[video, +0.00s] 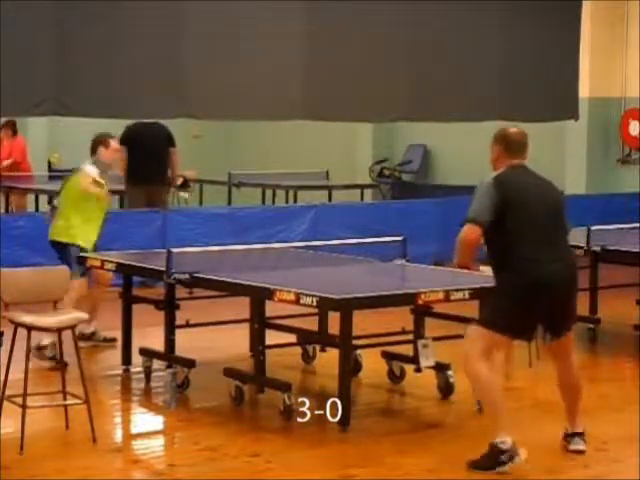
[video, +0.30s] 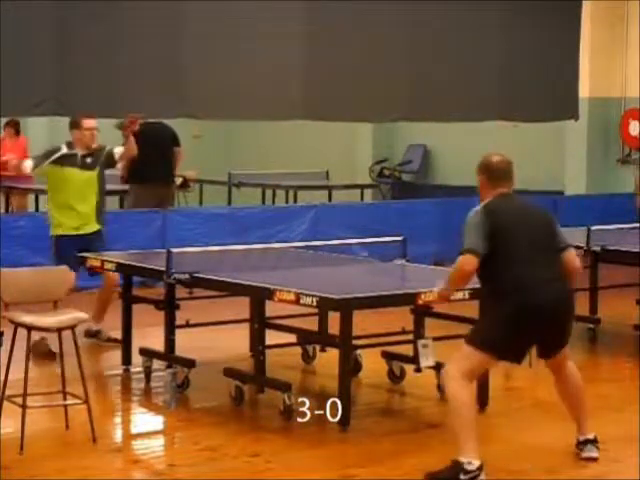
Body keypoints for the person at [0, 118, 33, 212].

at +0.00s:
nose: (5, 133)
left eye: (7, 130)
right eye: (4, 130)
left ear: (12, 130)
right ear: (2, 130)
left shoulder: (18, 141)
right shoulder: (4, 141)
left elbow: (17, 158)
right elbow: (3, 156)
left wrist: (5, 163)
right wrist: (4, 162)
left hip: (20, 177)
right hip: (8, 176)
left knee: (19, 205)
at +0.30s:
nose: (8, 132)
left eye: (10, 129)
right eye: (6, 129)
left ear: (15, 130)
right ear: (4, 130)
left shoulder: (22, 140)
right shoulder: (3, 141)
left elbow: (25, 156)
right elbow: (2, 156)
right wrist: (7, 159)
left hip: (19, 175)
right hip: (5, 175)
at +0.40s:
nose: (8, 132)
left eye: (11, 129)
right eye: (6, 129)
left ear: (16, 130)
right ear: (4, 130)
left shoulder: (22, 141)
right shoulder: (3, 141)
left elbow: (23, 157)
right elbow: (2, 156)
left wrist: (11, 167)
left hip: (19, 171)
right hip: (4, 170)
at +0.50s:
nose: (10, 132)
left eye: (13, 129)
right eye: (8, 129)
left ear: (17, 130)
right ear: (5, 130)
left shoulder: (23, 142)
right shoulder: (2, 141)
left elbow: (26, 159)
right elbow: (1, 158)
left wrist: (19, 171)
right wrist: (2, 171)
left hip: (18, 174)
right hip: (4, 174)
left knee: (16, 191)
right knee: (4, 191)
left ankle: (17, 213)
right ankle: (5, 212)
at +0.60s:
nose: (13, 131)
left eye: (16, 129)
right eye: (11, 129)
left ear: (19, 130)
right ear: (7, 130)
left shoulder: (25, 142)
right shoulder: (3, 141)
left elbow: (31, 157)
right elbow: (1, 158)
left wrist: (32, 170)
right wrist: (5, 168)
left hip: (22, 176)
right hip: (6, 176)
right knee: (4, 193)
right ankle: (5, 212)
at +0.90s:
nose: (14, 130)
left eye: (16, 128)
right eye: (12, 128)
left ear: (19, 130)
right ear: (7, 129)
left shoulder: (25, 142)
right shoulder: (3, 141)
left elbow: (35, 157)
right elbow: (1, 158)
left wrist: (42, 168)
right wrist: (4, 166)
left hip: (21, 176)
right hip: (5, 175)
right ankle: (4, 211)